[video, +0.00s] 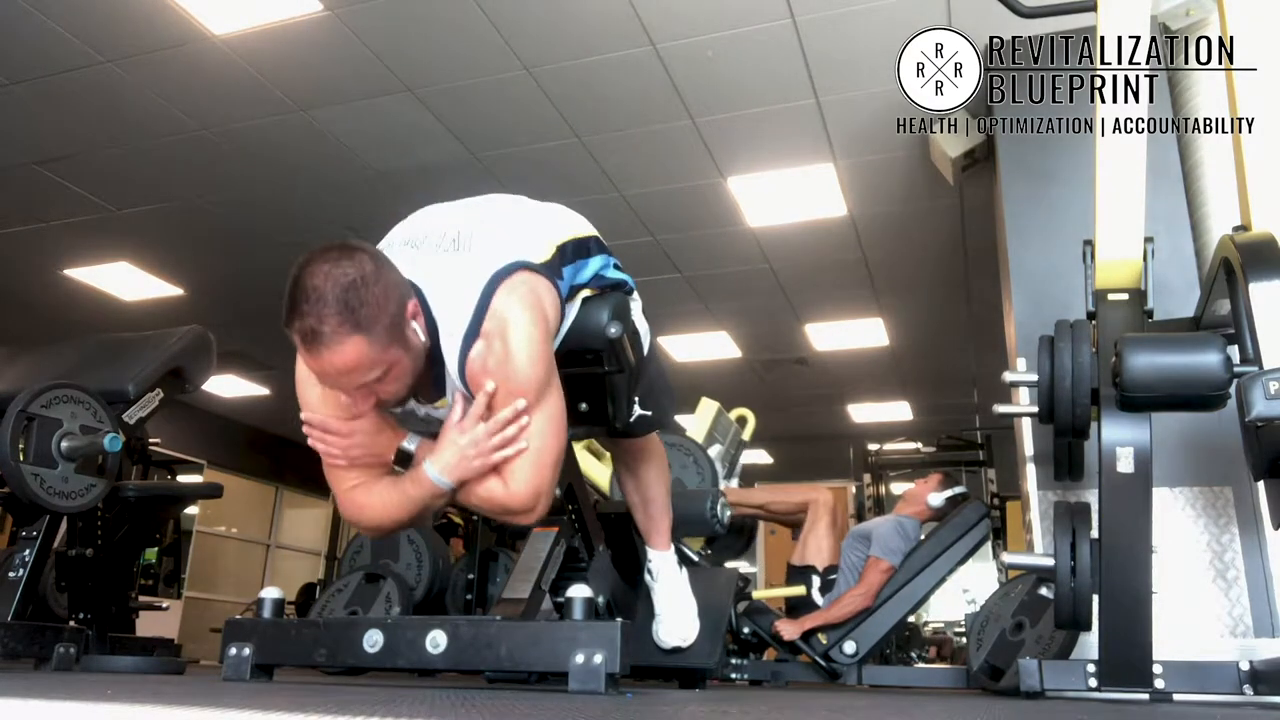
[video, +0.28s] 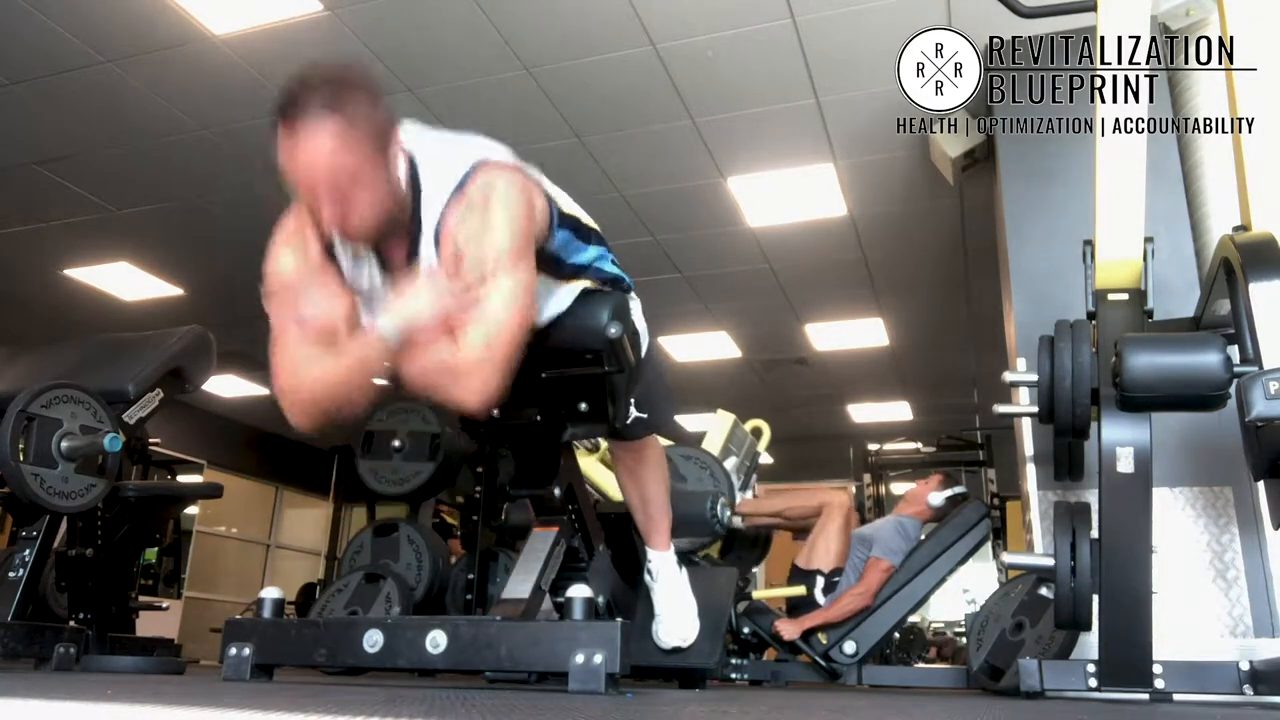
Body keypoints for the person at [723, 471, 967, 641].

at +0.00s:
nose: (916, 481)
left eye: (926, 480)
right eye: (925, 478)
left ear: (930, 497)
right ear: (934, 505)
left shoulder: (895, 528)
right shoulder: (904, 528)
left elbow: (865, 595)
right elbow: (865, 593)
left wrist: (802, 624)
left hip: (818, 608)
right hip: (824, 602)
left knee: (822, 498)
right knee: (820, 506)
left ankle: (722, 493)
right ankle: (732, 506)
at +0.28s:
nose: (918, 482)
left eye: (927, 481)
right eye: (926, 478)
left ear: (932, 499)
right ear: (934, 501)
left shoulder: (898, 529)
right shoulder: (904, 527)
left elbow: (865, 594)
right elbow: (864, 591)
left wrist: (801, 624)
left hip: (816, 604)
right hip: (823, 600)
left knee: (839, 500)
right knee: (841, 506)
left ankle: (734, 506)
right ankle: (747, 516)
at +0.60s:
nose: (917, 482)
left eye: (927, 481)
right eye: (926, 479)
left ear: (933, 497)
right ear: (934, 500)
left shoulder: (899, 528)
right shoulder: (904, 527)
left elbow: (865, 595)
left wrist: (801, 624)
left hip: (816, 605)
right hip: (820, 602)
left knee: (843, 500)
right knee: (843, 504)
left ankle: (739, 509)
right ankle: (750, 519)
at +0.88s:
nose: (917, 478)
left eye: (928, 480)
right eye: (925, 474)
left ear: (936, 505)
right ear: (932, 506)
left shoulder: (899, 530)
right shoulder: (902, 525)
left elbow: (865, 595)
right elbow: (865, 592)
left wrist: (800, 623)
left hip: (817, 607)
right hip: (823, 599)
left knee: (833, 498)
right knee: (838, 499)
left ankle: (730, 501)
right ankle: (743, 512)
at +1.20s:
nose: (910, 478)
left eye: (922, 479)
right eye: (916, 473)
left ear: (935, 501)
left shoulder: (900, 531)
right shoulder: (902, 525)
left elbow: (864, 595)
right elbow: (865, 592)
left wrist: (801, 623)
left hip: (815, 606)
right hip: (820, 599)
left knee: (817, 498)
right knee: (813, 502)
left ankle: (720, 490)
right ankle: (727, 499)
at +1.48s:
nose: (897, 479)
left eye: (907, 476)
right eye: (901, 473)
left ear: (925, 493)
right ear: (920, 494)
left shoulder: (897, 529)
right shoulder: (905, 527)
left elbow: (865, 596)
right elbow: (867, 592)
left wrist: (801, 624)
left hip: (813, 604)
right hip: (817, 598)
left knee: (802, 497)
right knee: (798, 502)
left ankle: (706, 478)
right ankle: (723, 490)